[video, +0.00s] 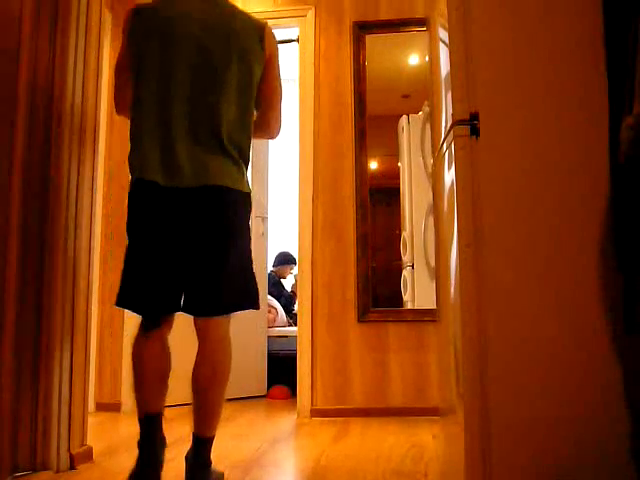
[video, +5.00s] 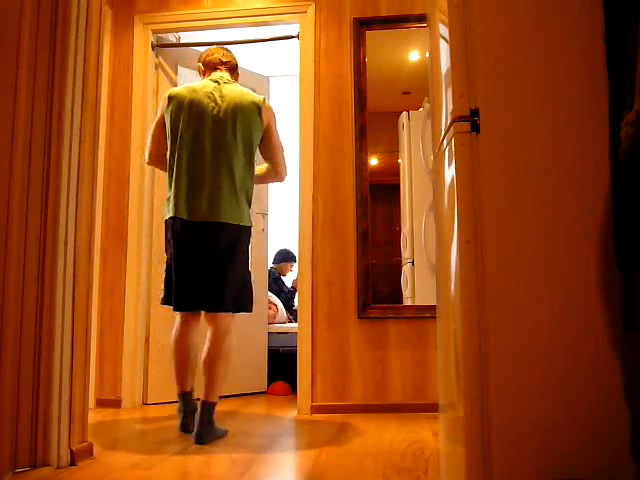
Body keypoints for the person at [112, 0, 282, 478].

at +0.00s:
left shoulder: (145, 17)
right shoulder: (256, 30)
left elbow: (123, 101)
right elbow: (269, 124)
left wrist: (173, 110)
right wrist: (217, 118)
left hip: (154, 190)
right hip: (220, 195)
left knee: (154, 322)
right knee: (213, 326)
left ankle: (150, 452)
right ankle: (200, 463)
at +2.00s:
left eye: (168, 35)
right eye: (203, 40)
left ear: (164, 37)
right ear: (206, 40)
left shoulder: (133, 71)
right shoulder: (229, 74)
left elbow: (119, 144)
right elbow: (256, 149)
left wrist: (159, 154)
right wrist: (216, 161)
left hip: (151, 211)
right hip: (207, 211)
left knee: (155, 324)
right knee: (209, 323)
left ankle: (163, 440)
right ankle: (204, 419)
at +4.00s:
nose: (187, 74)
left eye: (187, 71)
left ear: (187, 72)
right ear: (222, 72)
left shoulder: (166, 93)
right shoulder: (249, 102)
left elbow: (144, 162)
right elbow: (266, 170)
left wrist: (178, 178)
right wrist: (228, 179)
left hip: (174, 218)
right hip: (222, 221)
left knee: (172, 319)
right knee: (214, 322)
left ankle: (174, 421)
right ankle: (204, 422)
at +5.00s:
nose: (215, 69)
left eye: (206, 65)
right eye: (227, 65)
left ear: (200, 70)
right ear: (235, 71)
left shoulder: (177, 97)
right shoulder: (257, 104)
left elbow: (154, 155)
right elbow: (278, 169)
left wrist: (191, 171)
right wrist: (240, 178)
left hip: (183, 218)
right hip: (231, 222)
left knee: (186, 316)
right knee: (220, 324)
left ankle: (186, 410)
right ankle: (205, 422)